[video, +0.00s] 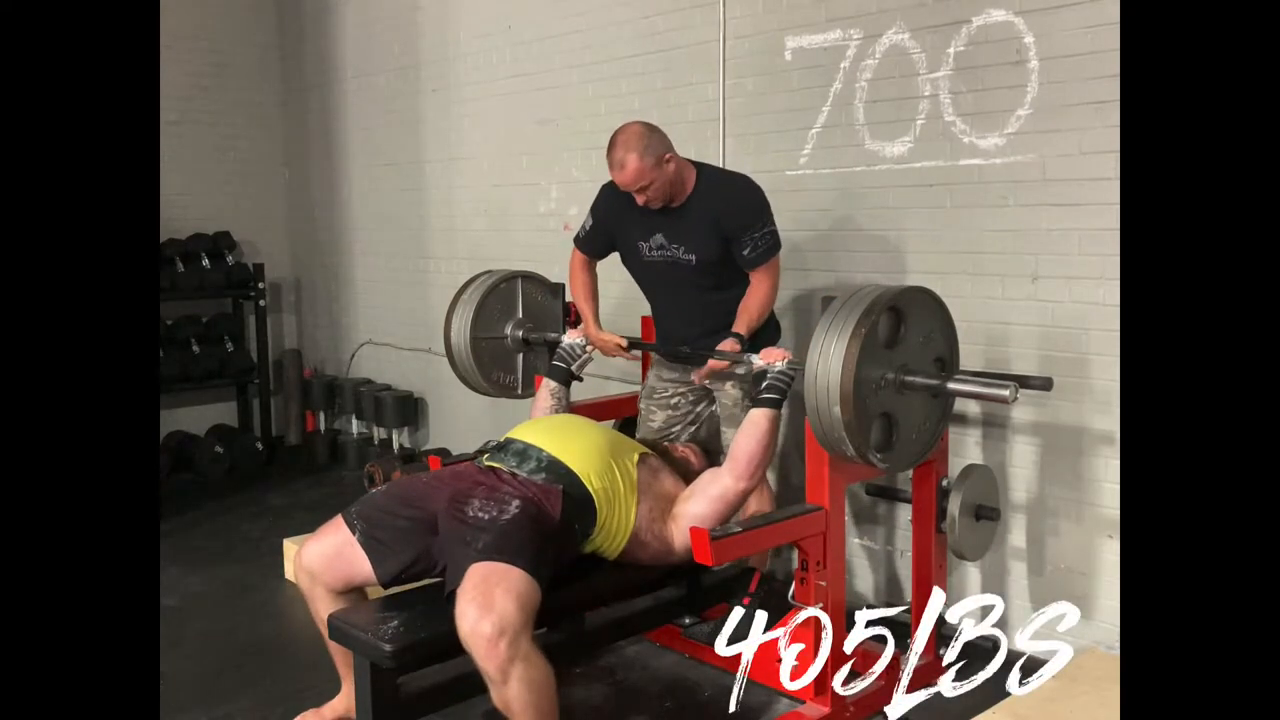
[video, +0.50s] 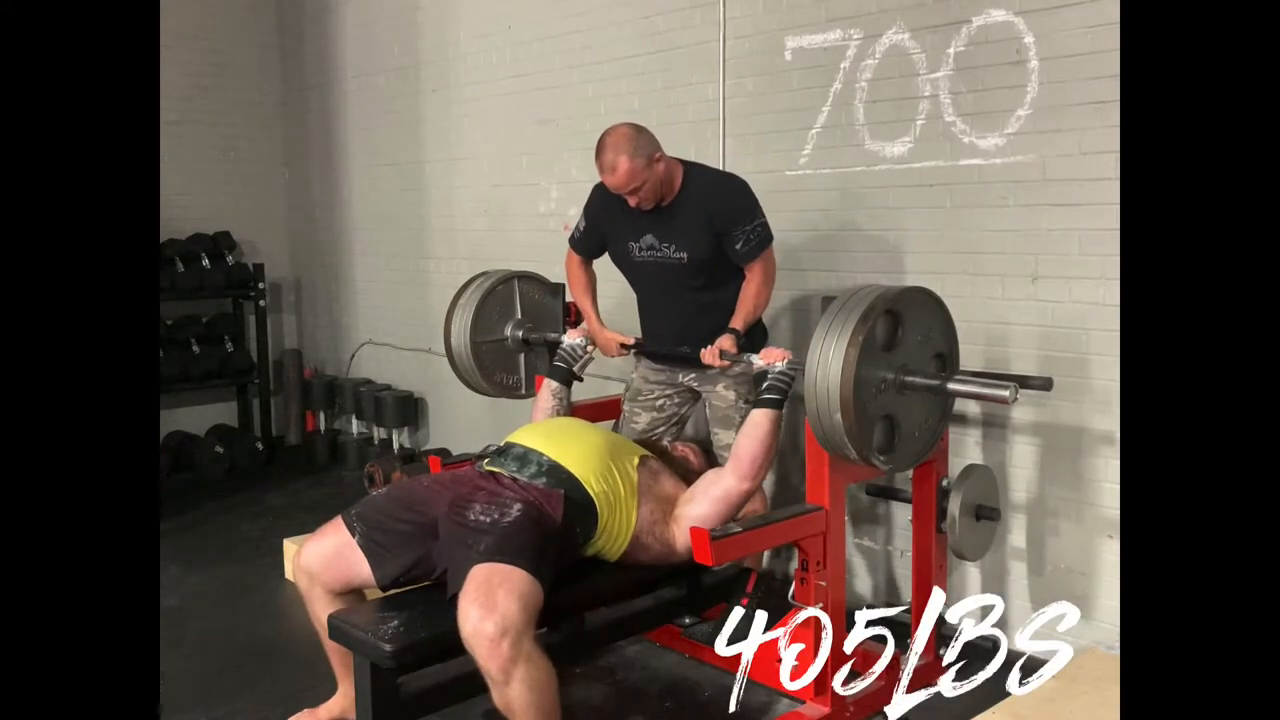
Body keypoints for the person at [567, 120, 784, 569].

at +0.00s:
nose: (639, 201)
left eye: (645, 189)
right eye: (629, 193)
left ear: (671, 162)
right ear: (616, 176)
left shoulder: (735, 196)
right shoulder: (615, 203)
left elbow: (765, 277)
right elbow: (582, 257)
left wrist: (734, 342)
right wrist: (591, 327)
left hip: (743, 358)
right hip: (671, 359)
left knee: (747, 476)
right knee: (655, 467)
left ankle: (760, 593)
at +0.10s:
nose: (642, 202)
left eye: (648, 190)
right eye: (632, 194)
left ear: (674, 162)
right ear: (619, 180)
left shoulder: (739, 196)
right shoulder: (619, 202)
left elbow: (772, 274)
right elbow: (585, 257)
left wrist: (739, 335)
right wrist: (593, 329)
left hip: (742, 360)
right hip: (672, 359)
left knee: (747, 473)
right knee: (654, 472)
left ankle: (760, 587)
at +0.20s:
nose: (641, 205)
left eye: (647, 193)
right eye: (631, 197)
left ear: (672, 165)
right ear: (617, 181)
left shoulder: (738, 197)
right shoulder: (618, 203)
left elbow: (772, 274)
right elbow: (584, 256)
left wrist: (738, 336)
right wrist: (593, 327)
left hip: (741, 358)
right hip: (671, 357)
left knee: (746, 478)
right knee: (648, 468)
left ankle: (758, 593)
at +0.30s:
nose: (638, 205)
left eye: (644, 193)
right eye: (627, 197)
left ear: (667, 164)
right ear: (612, 183)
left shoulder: (731, 196)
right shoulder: (612, 204)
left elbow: (766, 272)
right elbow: (578, 257)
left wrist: (737, 333)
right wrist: (593, 328)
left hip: (734, 363)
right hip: (666, 363)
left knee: (743, 481)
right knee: (646, 476)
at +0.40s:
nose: (634, 203)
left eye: (639, 191)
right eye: (623, 195)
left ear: (661, 162)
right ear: (609, 180)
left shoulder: (726, 195)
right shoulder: (607, 202)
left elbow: (762, 271)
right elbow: (576, 258)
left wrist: (735, 333)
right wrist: (595, 328)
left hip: (729, 363)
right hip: (659, 361)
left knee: (742, 479)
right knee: (637, 472)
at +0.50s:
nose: (631, 203)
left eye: (636, 191)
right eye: (621, 194)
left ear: (659, 161)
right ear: (607, 179)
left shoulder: (724, 194)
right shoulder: (606, 200)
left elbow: (761, 269)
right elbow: (577, 257)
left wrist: (734, 332)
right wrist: (595, 327)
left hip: (728, 367)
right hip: (657, 364)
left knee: (742, 481)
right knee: (631, 474)